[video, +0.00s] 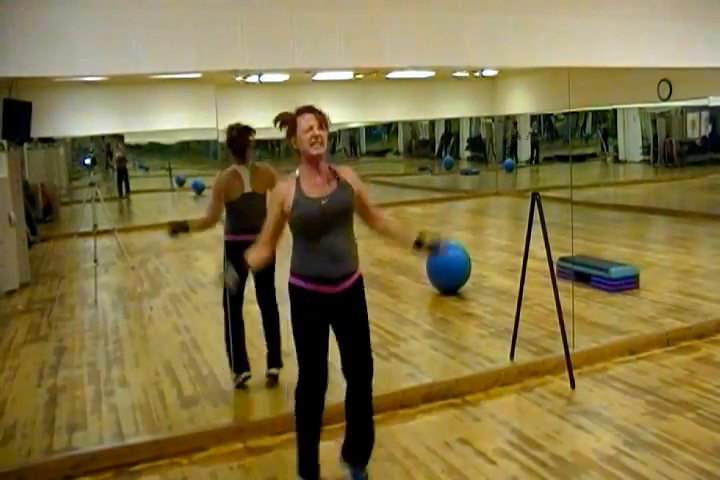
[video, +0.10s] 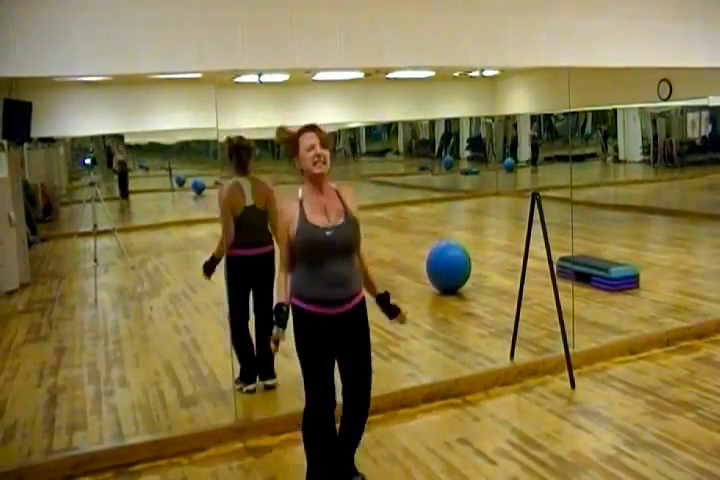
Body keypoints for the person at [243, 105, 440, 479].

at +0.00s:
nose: (317, 134)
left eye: (320, 128)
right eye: (308, 131)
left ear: (328, 133)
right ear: (295, 141)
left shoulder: (345, 176)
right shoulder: (285, 189)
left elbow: (375, 218)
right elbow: (266, 243)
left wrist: (419, 243)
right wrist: (245, 263)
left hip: (348, 288)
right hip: (306, 292)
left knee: (360, 374)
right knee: (312, 379)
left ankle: (356, 459)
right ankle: (308, 470)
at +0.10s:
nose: (318, 153)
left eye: (322, 147)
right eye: (309, 150)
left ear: (330, 153)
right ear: (297, 161)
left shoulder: (345, 195)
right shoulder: (288, 207)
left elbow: (356, 255)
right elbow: (284, 267)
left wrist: (381, 300)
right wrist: (279, 316)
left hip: (352, 312)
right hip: (310, 316)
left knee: (358, 399)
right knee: (321, 401)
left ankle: (344, 464)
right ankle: (320, 473)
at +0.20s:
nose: (320, 141)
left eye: (324, 134)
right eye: (311, 137)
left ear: (332, 140)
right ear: (299, 146)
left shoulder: (347, 183)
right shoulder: (290, 194)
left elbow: (368, 235)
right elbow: (277, 248)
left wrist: (410, 257)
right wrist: (257, 281)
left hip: (353, 298)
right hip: (311, 301)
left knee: (360, 385)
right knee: (315, 388)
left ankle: (348, 464)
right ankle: (317, 469)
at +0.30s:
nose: (321, 125)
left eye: (325, 118)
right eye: (313, 121)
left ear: (333, 123)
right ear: (300, 130)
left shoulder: (351, 164)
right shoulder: (288, 174)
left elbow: (389, 191)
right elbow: (254, 221)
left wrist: (424, 172)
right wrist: (221, 205)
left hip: (353, 277)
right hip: (312, 280)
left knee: (364, 364)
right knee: (310, 373)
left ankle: (364, 451)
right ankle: (306, 468)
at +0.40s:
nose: (323, 131)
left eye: (327, 125)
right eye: (315, 127)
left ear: (335, 131)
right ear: (301, 135)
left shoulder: (352, 165)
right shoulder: (290, 175)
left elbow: (401, 153)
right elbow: (237, 183)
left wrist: (416, 107)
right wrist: (229, 139)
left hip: (354, 284)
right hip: (311, 287)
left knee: (377, 366)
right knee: (303, 379)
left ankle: (386, 447)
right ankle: (290, 472)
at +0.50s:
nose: (326, 158)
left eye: (330, 151)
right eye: (318, 153)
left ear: (338, 157)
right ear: (306, 162)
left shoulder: (351, 188)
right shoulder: (296, 197)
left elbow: (385, 145)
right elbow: (251, 164)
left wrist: (371, 99)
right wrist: (268, 117)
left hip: (358, 311)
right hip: (314, 315)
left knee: (390, 384)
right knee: (297, 405)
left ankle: (402, 452)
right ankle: (278, 478)